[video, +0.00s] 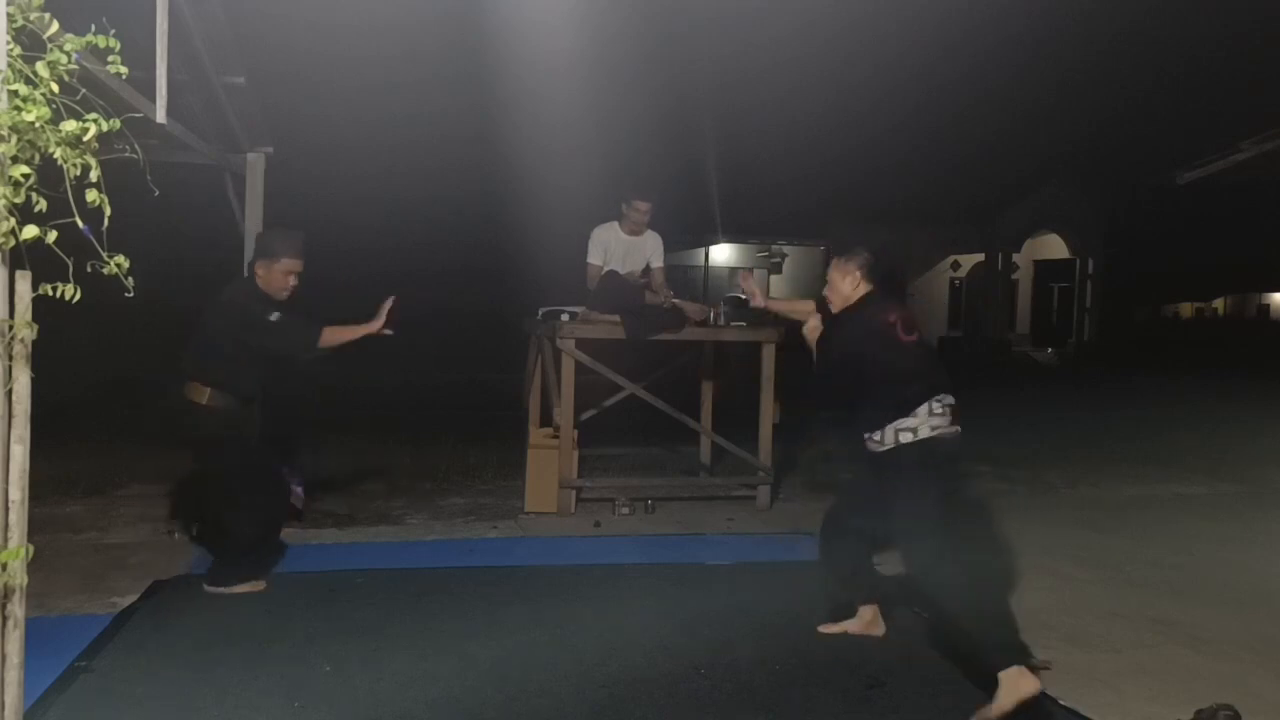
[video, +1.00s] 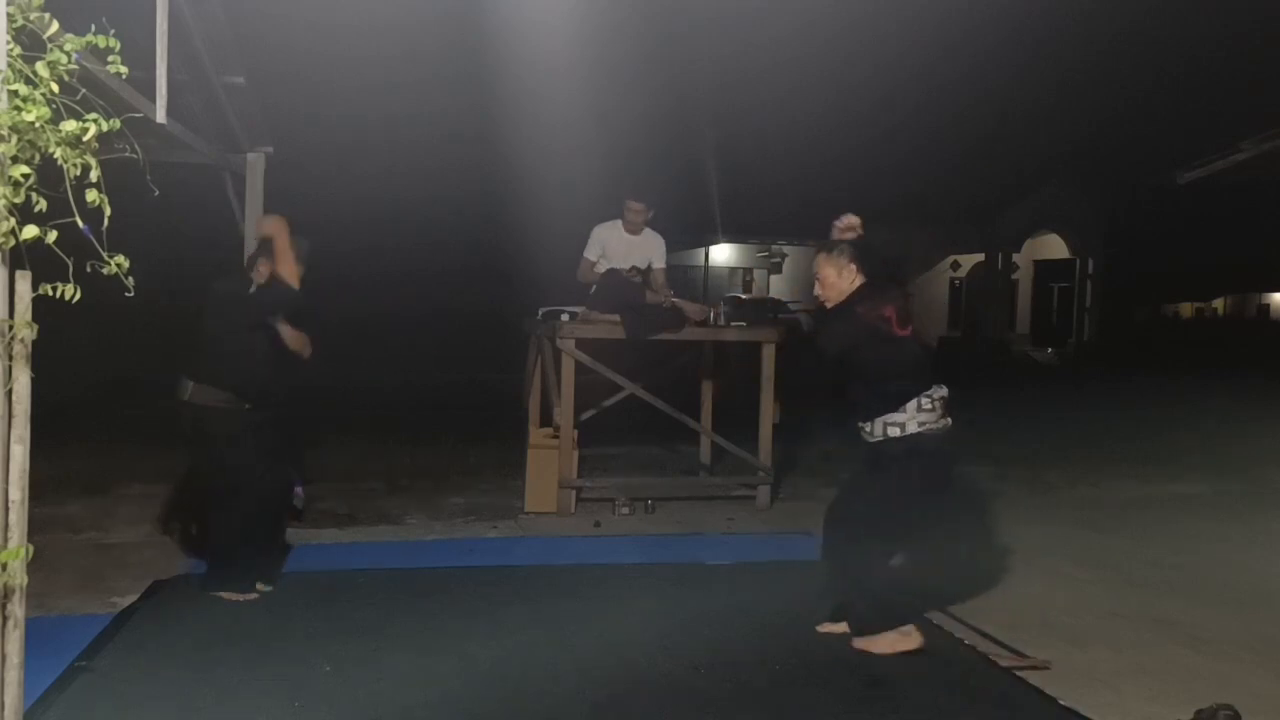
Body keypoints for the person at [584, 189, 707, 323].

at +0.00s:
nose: (642, 218)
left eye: (647, 213)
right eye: (637, 212)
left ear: (651, 214)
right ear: (624, 209)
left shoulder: (654, 240)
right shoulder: (602, 234)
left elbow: (659, 283)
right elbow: (592, 283)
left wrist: (665, 295)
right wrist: (623, 281)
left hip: (635, 301)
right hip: (602, 301)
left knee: (676, 318)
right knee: (611, 278)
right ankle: (680, 306)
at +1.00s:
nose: (631, 216)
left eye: (638, 212)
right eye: (628, 210)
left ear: (649, 214)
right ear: (623, 209)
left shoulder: (656, 242)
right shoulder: (602, 232)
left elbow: (660, 283)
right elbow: (583, 275)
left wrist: (668, 298)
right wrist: (617, 276)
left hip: (636, 302)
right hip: (602, 300)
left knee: (673, 316)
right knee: (612, 278)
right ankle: (679, 306)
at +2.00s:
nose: (624, 214)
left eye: (631, 209)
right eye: (622, 208)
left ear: (645, 212)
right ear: (618, 208)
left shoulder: (655, 240)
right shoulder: (600, 227)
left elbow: (659, 282)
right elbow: (577, 257)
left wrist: (669, 297)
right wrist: (568, 294)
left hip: (634, 300)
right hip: (600, 298)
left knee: (674, 317)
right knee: (613, 275)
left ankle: (603, 316)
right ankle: (680, 306)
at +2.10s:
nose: (626, 214)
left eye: (633, 210)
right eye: (623, 208)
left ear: (646, 213)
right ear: (619, 207)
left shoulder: (655, 240)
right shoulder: (600, 227)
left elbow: (659, 282)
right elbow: (577, 256)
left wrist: (668, 296)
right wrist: (569, 294)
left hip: (634, 301)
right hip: (600, 299)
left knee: (675, 317)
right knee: (613, 275)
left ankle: (605, 316)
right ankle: (680, 306)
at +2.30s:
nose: (629, 214)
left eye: (636, 210)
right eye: (627, 208)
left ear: (648, 213)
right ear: (622, 207)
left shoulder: (656, 241)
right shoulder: (601, 227)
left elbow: (659, 283)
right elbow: (577, 255)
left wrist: (671, 299)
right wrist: (568, 295)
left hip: (634, 302)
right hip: (601, 299)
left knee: (675, 317)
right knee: (613, 276)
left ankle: (605, 317)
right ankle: (681, 306)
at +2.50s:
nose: (630, 214)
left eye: (637, 210)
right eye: (627, 208)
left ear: (649, 214)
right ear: (622, 208)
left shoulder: (655, 241)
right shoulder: (602, 227)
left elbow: (659, 282)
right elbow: (577, 256)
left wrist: (669, 296)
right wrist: (567, 295)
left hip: (634, 301)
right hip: (600, 298)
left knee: (675, 317)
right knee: (613, 276)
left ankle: (603, 317)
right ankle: (680, 305)